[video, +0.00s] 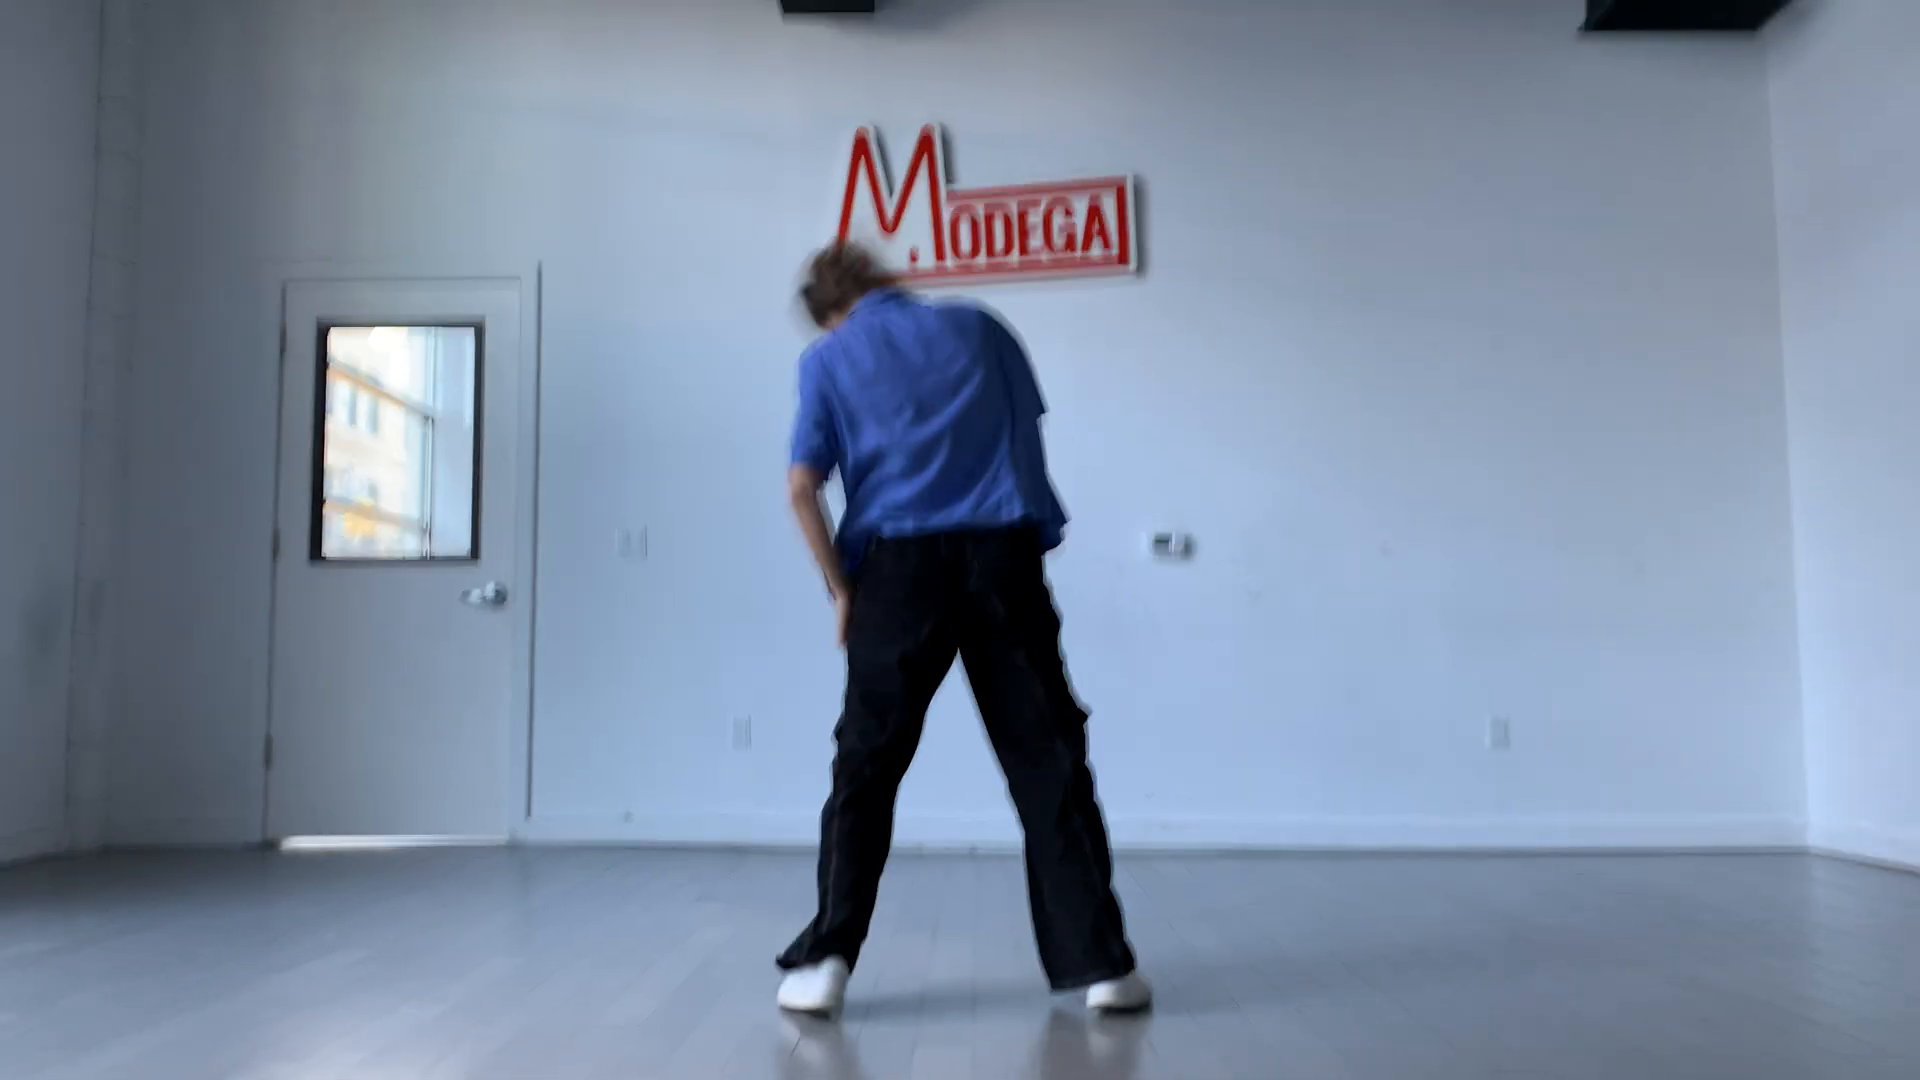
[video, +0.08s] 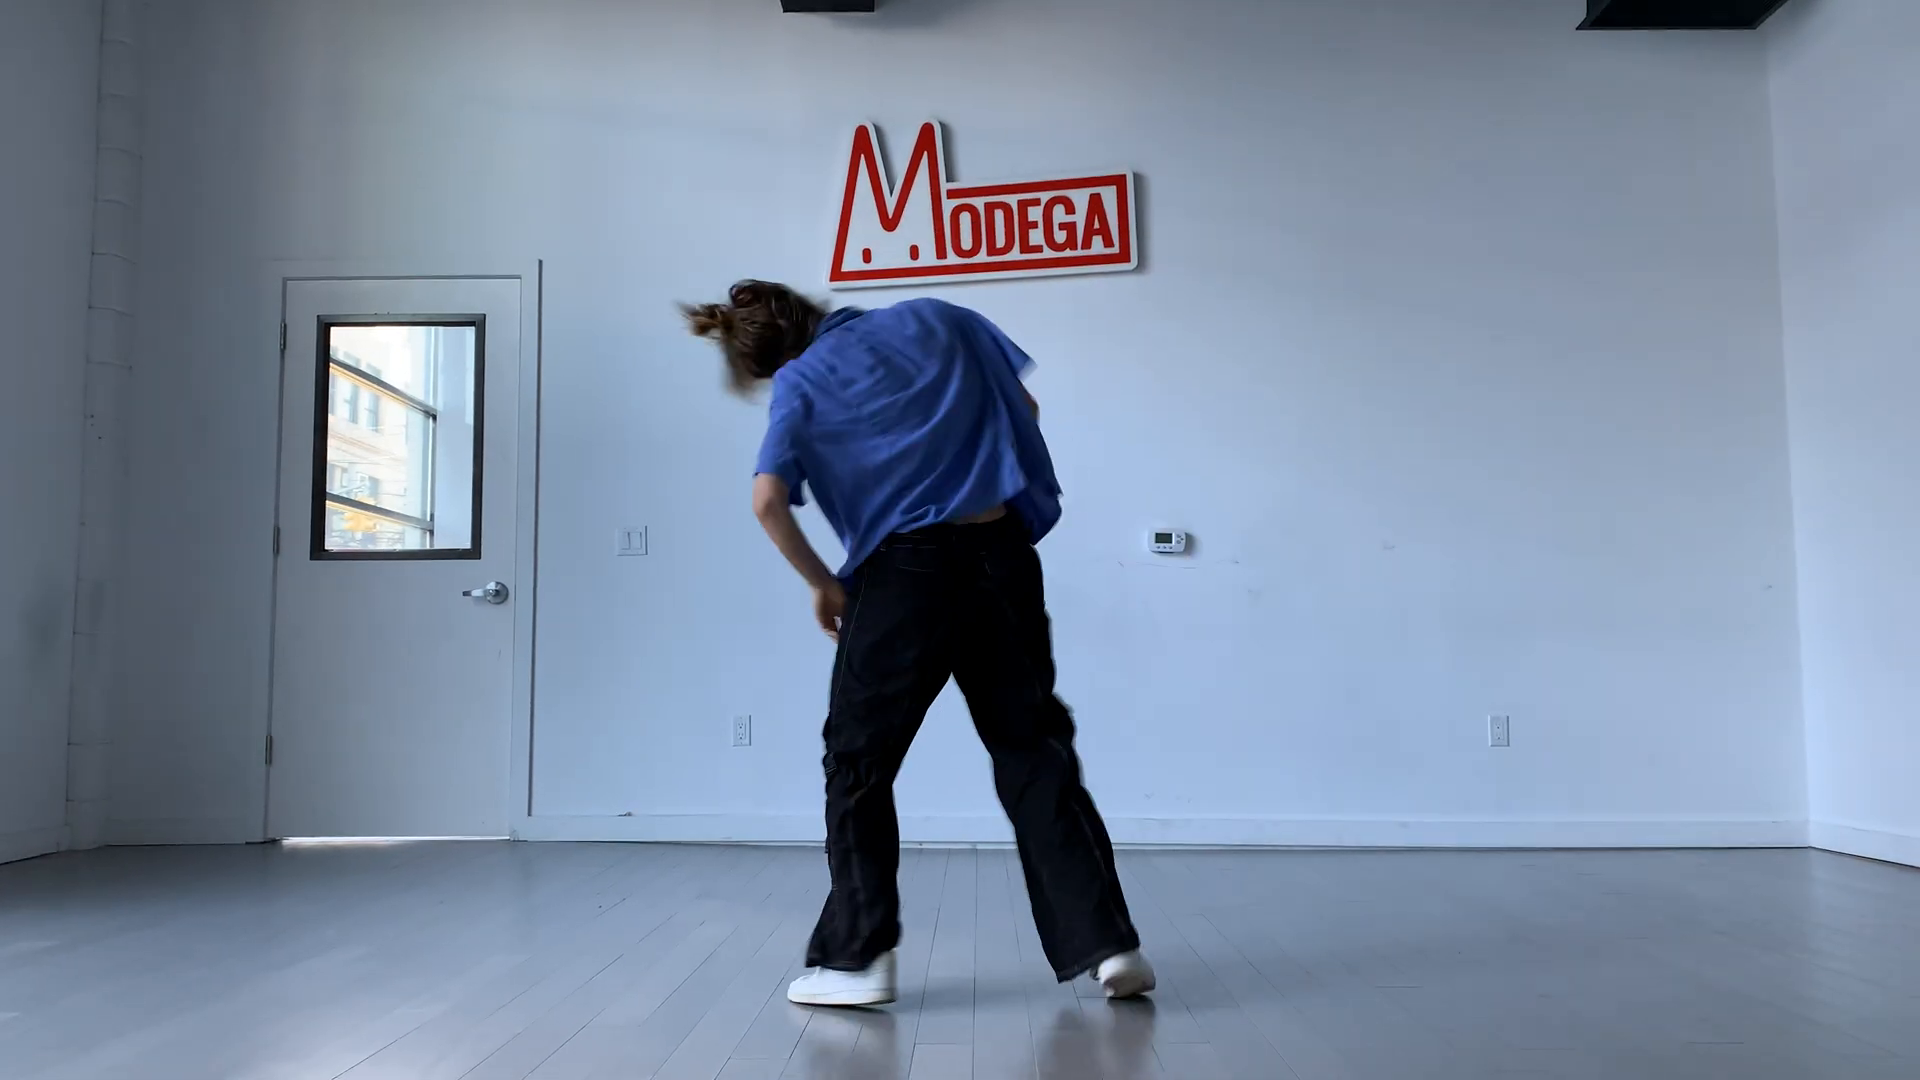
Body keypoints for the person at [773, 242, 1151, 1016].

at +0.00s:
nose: (824, 332)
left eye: (819, 323)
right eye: (823, 324)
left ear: (829, 309)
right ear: (889, 280)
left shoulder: (827, 359)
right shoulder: (980, 325)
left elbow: (801, 487)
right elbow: (1027, 438)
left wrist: (840, 588)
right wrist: (1021, 540)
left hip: (898, 584)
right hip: (1006, 572)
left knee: (866, 769)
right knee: (1050, 763)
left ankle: (827, 960)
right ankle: (1104, 965)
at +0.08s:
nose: (766, 389)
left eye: (761, 379)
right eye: (757, 385)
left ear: (769, 357)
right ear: (806, 310)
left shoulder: (798, 383)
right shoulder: (931, 315)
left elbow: (768, 502)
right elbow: (1023, 406)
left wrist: (823, 582)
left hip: (900, 583)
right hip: (1004, 567)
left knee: (857, 766)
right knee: (1035, 752)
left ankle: (860, 959)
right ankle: (1109, 944)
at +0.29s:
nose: (752, 385)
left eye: (771, 374)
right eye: (744, 368)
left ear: (815, 373)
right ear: (735, 359)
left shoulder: (818, 449)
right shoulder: (824, 387)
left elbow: (868, 576)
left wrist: (785, 626)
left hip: (918, 613)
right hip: (955, 598)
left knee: (817, 769)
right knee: (879, 775)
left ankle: (875, 955)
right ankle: (1017, 883)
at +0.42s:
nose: (781, 385)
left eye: (799, 370)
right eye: (767, 369)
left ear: (829, 376)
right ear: (753, 374)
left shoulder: (862, 471)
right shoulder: (754, 419)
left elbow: (915, 602)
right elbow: (706, 425)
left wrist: (830, 682)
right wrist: (745, 512)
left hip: (942, 619)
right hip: (877, 618)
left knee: (831, 769)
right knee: (801, 763)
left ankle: (880, 955)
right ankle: (883, 915)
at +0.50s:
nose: (786, 392)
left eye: (802, 376)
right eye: (772, 378)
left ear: (837, 384)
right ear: (757, 390)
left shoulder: (886, 473)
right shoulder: (749, 453)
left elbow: (937, 594)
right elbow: (661, 495)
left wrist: (882, 699)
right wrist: (701, 584)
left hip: (926, 626)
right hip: (842, 629)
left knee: (848, 763)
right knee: (800, 768)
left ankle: (887, 957)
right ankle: (809, 936)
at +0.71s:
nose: (770, 414)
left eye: (786, 395)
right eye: (757, 398)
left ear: (823, 395)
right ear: (746, 407)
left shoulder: (884, 453)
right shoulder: (750, 479)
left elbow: (983, 521)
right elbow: (761, 595)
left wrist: (980, 634)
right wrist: (868, 609)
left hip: (909, 646)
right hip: (811, 659)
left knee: (926, 772)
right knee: (776, 804)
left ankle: (933, 937)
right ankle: (807, 943)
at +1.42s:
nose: (830, 392)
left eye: (836, 377)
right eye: (831, 377)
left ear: (872, 374)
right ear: (885, 372)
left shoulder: (872, 474)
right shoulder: (906, 431)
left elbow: (757, 548)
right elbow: (876, 320)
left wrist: (644, 502)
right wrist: (793, 257)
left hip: (842, 664)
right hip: (807, 650)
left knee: (815, 807)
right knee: (720, 789)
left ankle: (724, 963)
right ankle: (802, 939)